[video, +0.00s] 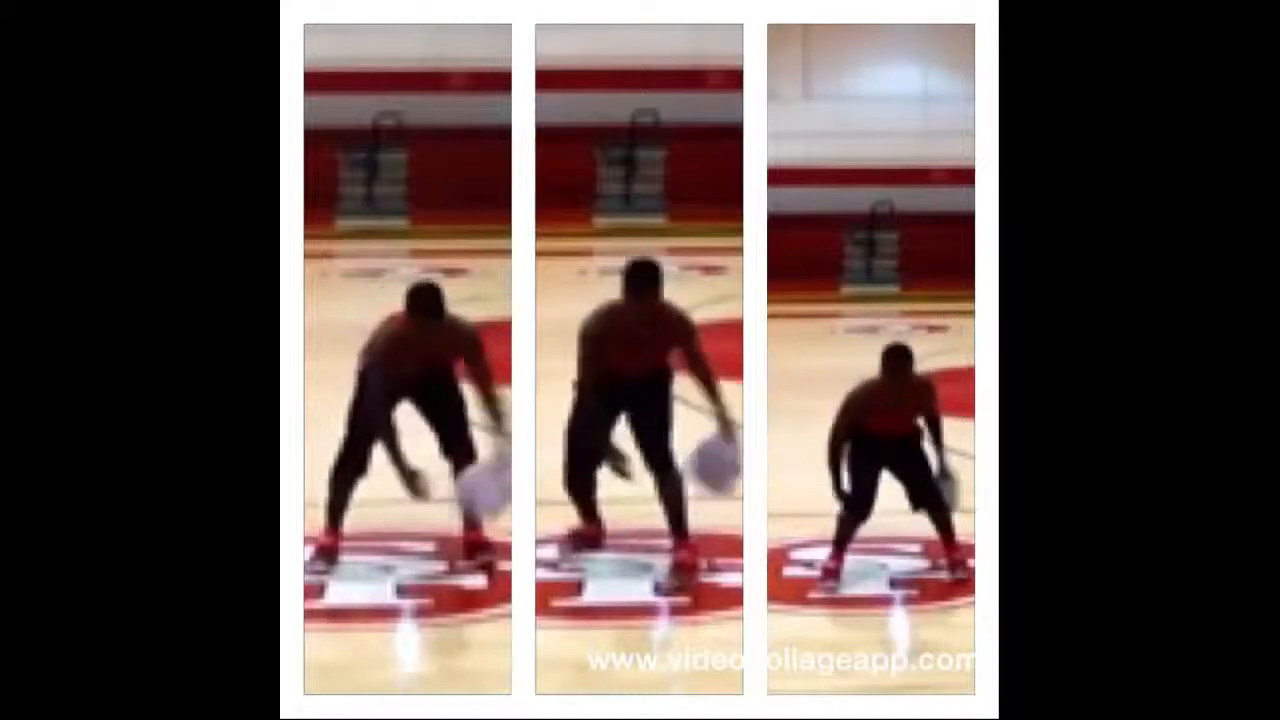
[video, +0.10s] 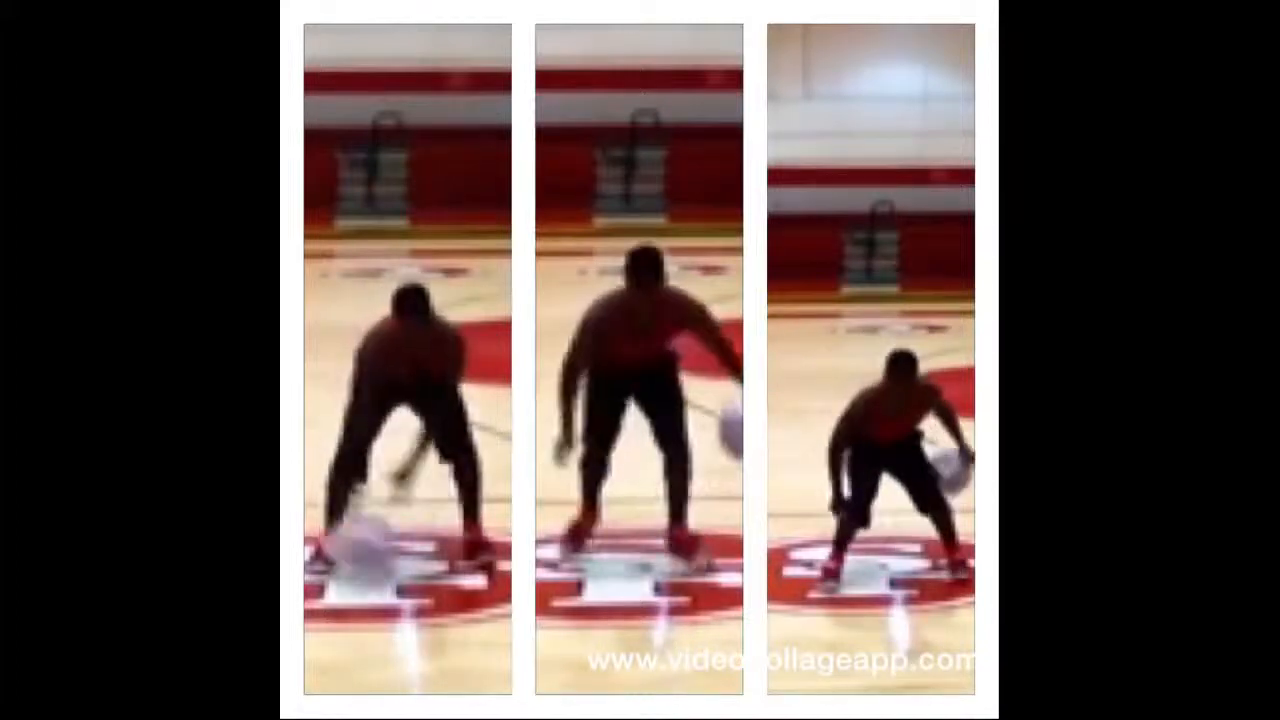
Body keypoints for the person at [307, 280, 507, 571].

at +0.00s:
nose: (425, 333)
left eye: (432, 325)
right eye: (419, 325)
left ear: (443, 316)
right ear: (407, 317)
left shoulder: (460, 335)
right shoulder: (387, 342)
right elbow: (382, 416)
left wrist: (498, 423)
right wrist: (404, 470)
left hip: (433, 378)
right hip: (384, 381)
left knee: (461, 451)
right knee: (354, 457)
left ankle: (473, 530)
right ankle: (332, 532)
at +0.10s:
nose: (411, 330)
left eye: (417, 321)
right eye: (405, 322)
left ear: (427, 316)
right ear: (395, 317)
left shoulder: (448, 341)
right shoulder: (377, 342)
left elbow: (436, 418)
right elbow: (359, 411)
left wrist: (411, 465)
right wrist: (355, 467)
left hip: (432, 388)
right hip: (381, 385)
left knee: (463, 457)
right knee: (350, 455)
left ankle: (473, 532)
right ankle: (333, 533)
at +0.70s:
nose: (408, 329)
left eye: (414, 319)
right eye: (401, 320)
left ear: (425, 313)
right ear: (389, 316)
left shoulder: (446, 345)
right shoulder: (371, 347)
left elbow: (450, 413)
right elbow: (363, 426)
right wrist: (373, 479)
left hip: (427, 394)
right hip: (376, 395)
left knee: (461, 460)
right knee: (343, 467)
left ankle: (473, 536)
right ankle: (330, 540)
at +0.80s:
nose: (399, 331)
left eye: (407, 321)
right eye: (392, 321)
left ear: (417, 316)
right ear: (382, 317)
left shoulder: (436, 346)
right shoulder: (363, 349)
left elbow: (420, 418)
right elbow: (338, 409)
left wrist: (381, 463)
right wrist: (313, 462)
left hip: (426, 394)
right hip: (374, 394)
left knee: (459, 459)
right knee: (343, 460)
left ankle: (474, 536)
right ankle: (327, 545)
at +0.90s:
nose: (394, 333)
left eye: (401, 323)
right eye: (387, 323)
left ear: (412, 318)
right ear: (377, 319)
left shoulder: (433, 345)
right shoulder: (356, 347)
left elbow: (422, 416)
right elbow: (336, 400)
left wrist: (386, 460)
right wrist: (313, 448)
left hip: (424, 394)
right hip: (374, 395)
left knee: (458, 458)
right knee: (345, 457)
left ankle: (474, 535)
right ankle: (330, 539)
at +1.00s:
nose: (395, 330)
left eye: (402, 319)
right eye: (388, 320)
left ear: (413, 315)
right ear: (377, 316)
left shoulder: (433, 344)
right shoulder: (356, 350)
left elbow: (440, 417)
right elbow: (361, 425)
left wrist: (435, 478)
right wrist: (381, 472)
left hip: (423, 392)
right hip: (370, 396)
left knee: (460, 458)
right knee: (339, 469)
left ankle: (477, 533)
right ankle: (330, 540)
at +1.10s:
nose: (403, 332)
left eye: (410, 322)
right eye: (396, 323)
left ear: (420, 319)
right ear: (385, 320)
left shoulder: (438, 347)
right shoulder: (364, 356)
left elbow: (471, 398)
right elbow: (381, 420)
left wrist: (502, 442)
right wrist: (425, 462)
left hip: (424, 398)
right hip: (372, 400)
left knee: (460, 465)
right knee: (339, 472)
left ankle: (475, 536)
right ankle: (330, 540)